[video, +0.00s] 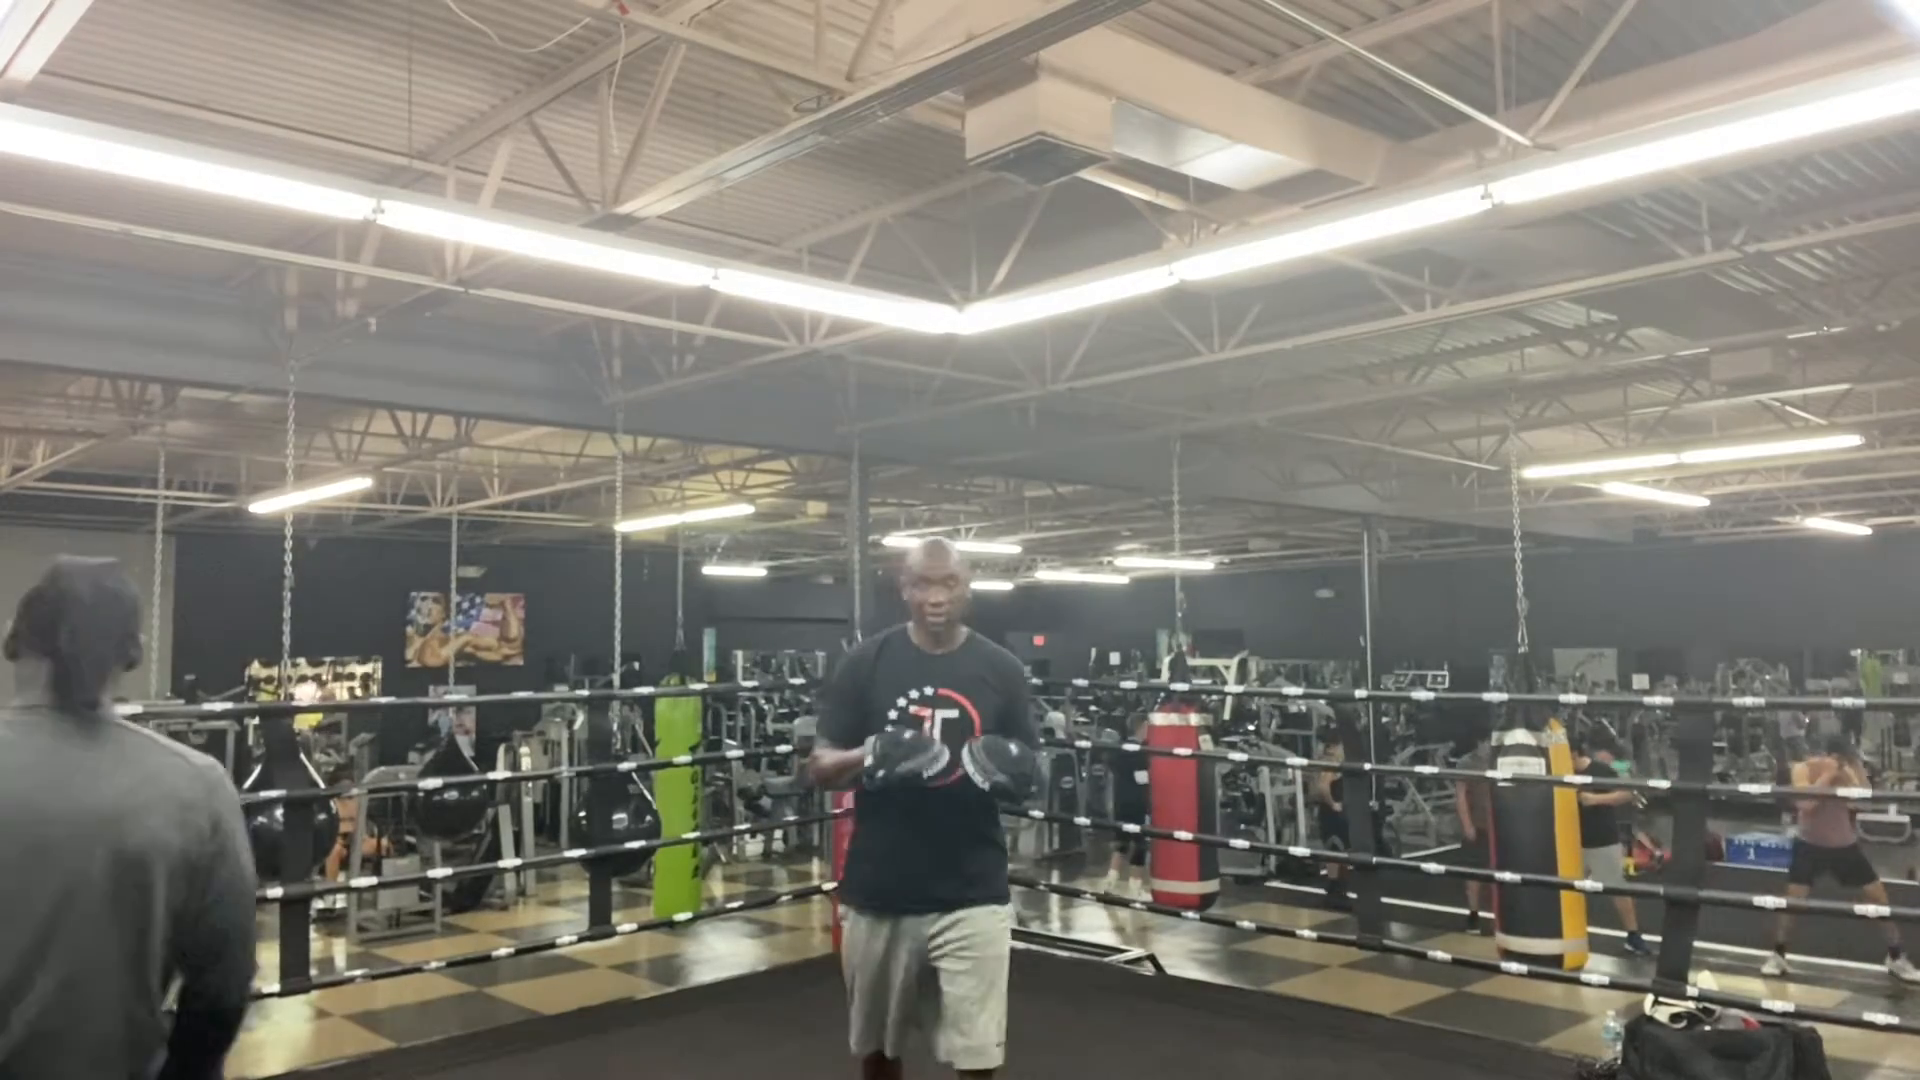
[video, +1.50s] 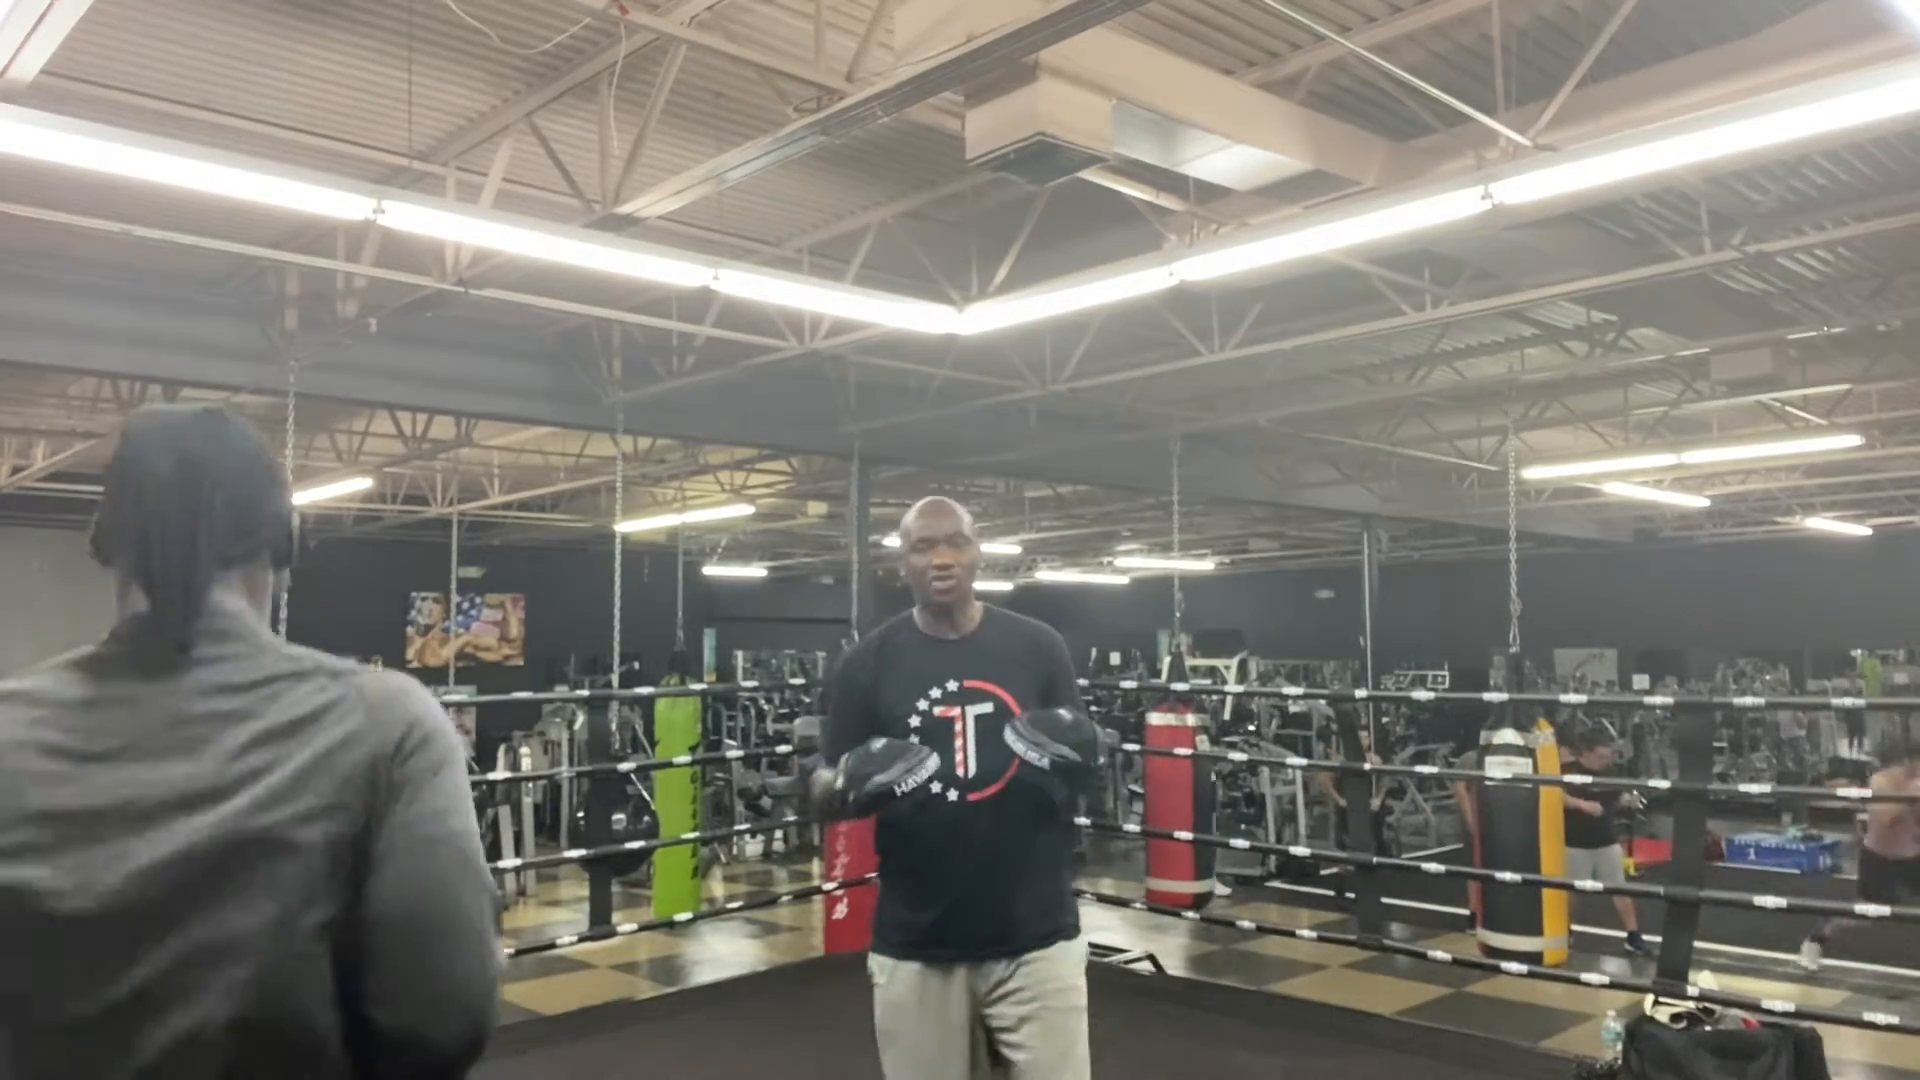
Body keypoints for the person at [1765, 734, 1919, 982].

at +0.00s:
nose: (1836, 762)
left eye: (1841, 759)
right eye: (1833, 757)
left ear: (1846, 758)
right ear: (1823, 753)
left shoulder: (1851, 770)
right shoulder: (1802, 769)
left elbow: (1864, 796)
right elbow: (1804, 805)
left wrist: (1844, 772)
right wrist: (1826, 777)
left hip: (1846, 848)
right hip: (1809, 847)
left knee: (1879, 898)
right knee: (1793, 900)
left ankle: (1896, 957)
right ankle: (1777, 956)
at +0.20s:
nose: (1863, 762)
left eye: (1868, 759)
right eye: (1860, 757)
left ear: (1872, 758)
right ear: (1851, 753)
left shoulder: (1874, 773)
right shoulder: (1829, 767)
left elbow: (1886, 800)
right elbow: (1831, 796)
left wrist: (1871, 775)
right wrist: (1856, 774)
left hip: (1860, 843)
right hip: (1826, 841)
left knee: (1888, 894)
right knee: (1803, 896)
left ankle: (1895, 958)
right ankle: (1783, 953)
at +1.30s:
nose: (1864, 773)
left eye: (1868, 768)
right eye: (1859, 768)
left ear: (1875, 767)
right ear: (1846, 767)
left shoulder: (1880, 780)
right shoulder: (1832, 782)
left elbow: (1906, 813)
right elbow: (1826, 821)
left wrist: (1883, 785)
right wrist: (1842, 791)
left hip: (1881, 855)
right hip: (1843, 855)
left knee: (1914, 895)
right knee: (1826, 901)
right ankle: (1805, 948)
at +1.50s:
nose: (1912, 768)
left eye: (1915, 763)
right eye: (1910, 762)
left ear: (1916, 763)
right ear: (1900, 760)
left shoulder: (1915, 782)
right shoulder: (1882, 780)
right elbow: (1886, 819)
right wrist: (1909, 794)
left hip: (1910, 859)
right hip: (1877, 858)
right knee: (1870, 915)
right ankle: (1817, 940)